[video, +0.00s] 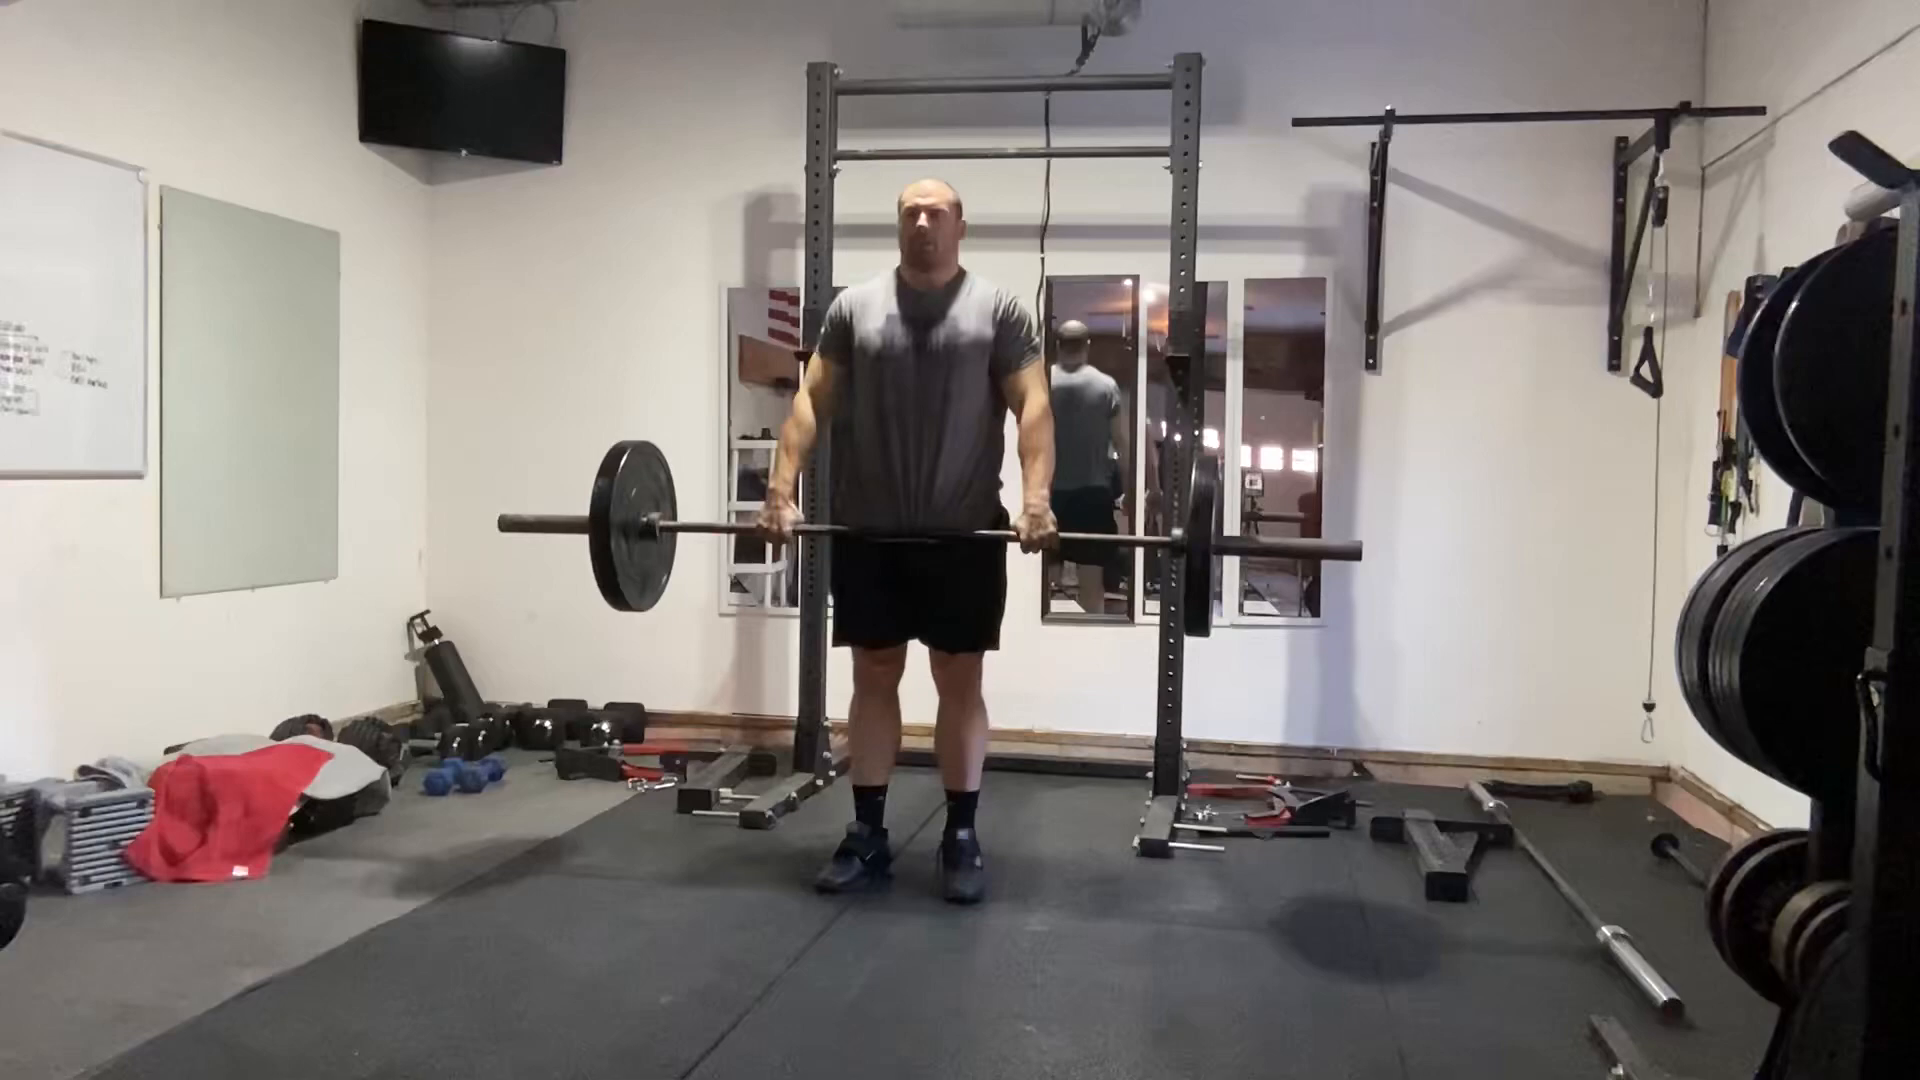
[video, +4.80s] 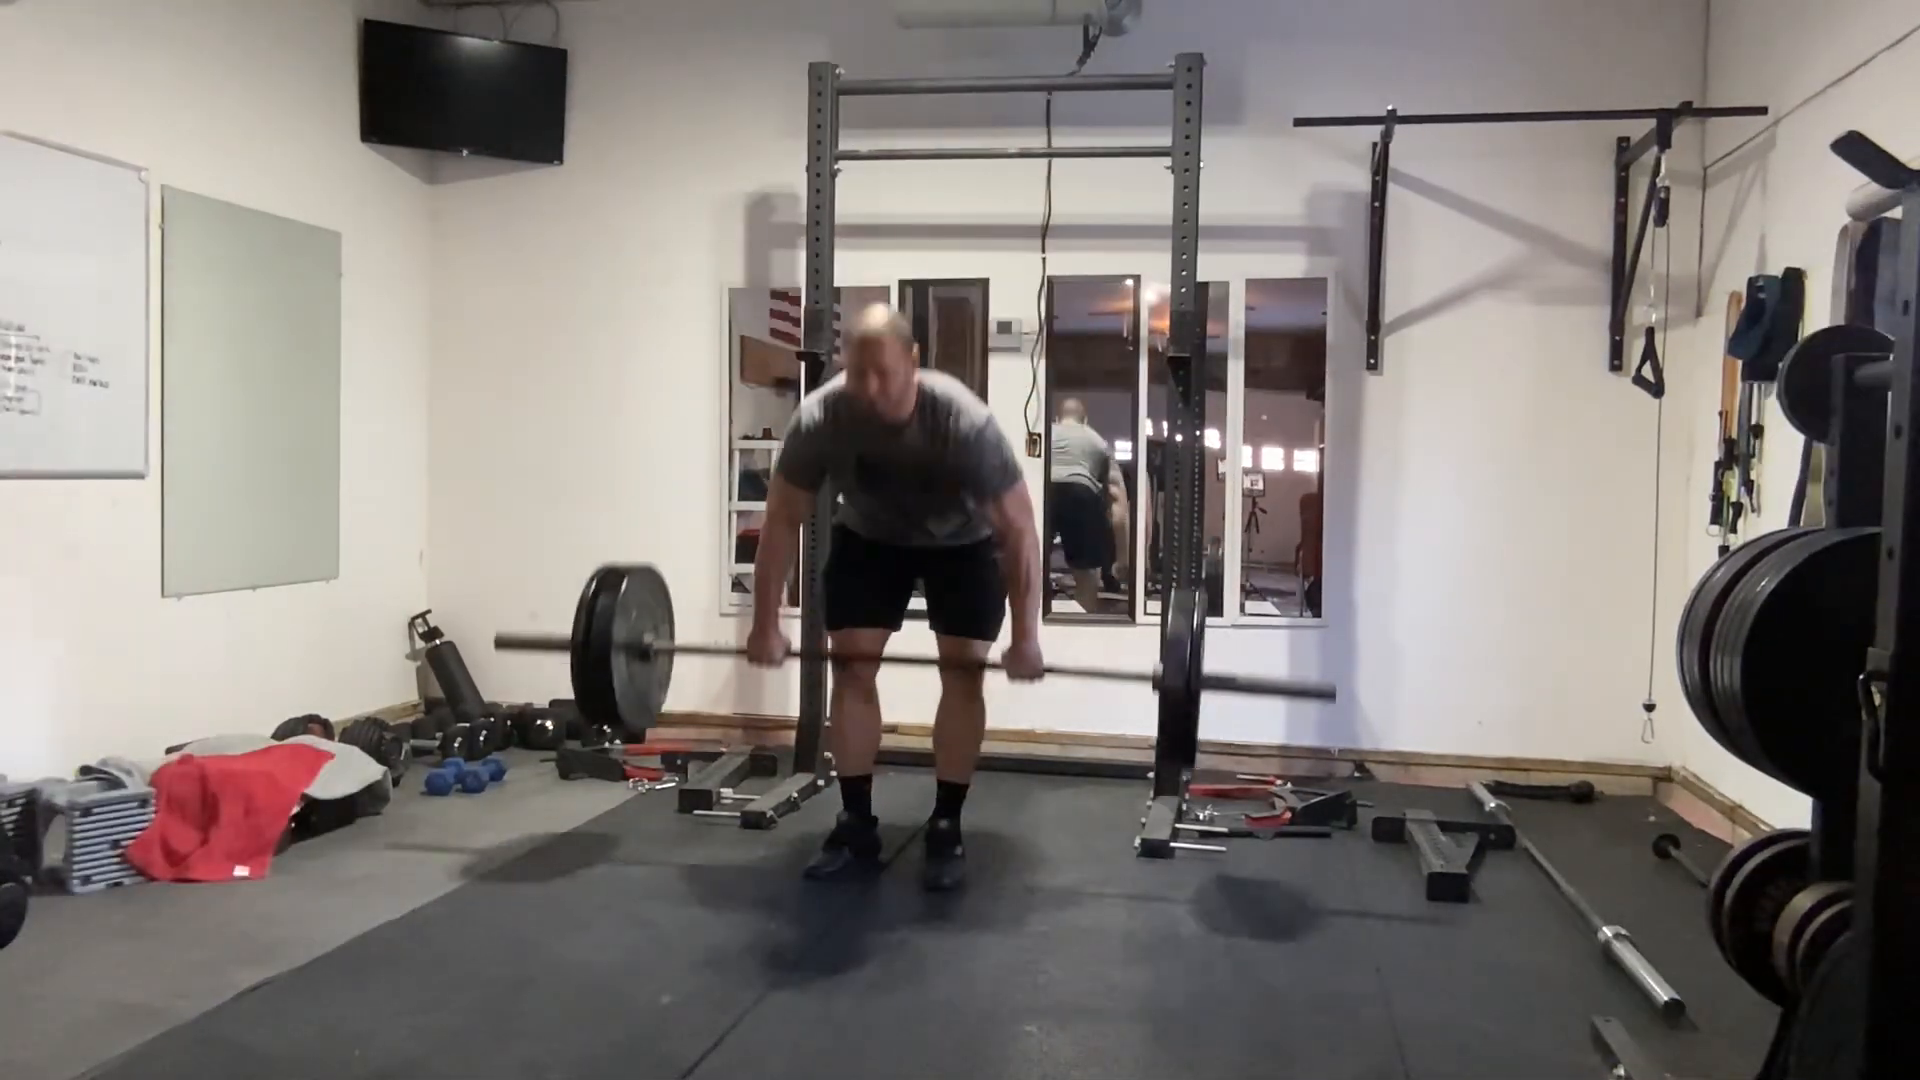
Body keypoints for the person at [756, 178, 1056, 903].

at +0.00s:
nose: (920, 219)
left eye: (934, 211)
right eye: (910, 211)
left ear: (961, 229)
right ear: (897, 229)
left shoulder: (996, 313)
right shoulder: (852, 308)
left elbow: (1032, 406)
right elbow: (808, 399)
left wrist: (1037, 498)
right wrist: (781, 486)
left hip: (961, 530)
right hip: (868, 527)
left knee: (959, 679)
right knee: (874, 675)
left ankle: (961, 837)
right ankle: (866, 836)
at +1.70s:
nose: (915, 211)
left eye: (930, 204)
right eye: (904, 203)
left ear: (954, 224)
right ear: (889, 221)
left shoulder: (989, 288)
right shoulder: (851, 289)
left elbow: (1051, 361)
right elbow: (791, 362)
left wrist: (1037, 425)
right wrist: (770, 418)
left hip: (954, 486)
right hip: (862, 483)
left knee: (950, 647)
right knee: (857, 648)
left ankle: (962, 827)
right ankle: (853, 822)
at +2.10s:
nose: (902, 224)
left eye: (918, 216)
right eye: (893, 216)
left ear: (949, 238)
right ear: (881, 238)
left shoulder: (970, 316)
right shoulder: (846, 313)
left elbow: (998, 368)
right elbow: (792, 344)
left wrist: (1019, 301)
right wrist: (784, 282)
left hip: (946, 527)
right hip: (854, 526)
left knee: (948, 683)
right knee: (861, 683)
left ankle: (960, 840)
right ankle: (867, 836)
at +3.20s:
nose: (920, 204)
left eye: (936, 201)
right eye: (910, 199)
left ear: (960, 229)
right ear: (893, 222)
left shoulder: (971, 285)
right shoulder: (852, 284)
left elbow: (1033, 283)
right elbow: (766, 283)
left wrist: (1037, 193)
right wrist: (769, 199)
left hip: (948, 498)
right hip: (857, 497)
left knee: (953, 671)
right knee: (863, 670)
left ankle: (964, 836)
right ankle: (863, 833)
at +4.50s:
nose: (908, 219)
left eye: (926, 214)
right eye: (900, 213)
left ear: (954, 244)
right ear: (885, 241)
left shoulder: (972, 317)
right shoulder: (848, 320)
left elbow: (1017, 378)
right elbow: (774, 389)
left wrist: (1034, 291)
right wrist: (769, 301)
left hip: (948, 527)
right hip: (856, 524)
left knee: (950, 688)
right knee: (846, 684)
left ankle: (959, 841)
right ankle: (867, 840)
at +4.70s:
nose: (864, 459)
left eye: (877, 447)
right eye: (853, 445)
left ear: (905, 429)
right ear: (837, 432)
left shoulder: (958, 467)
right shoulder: (810, 470)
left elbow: (1013, 574)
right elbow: (779, 573)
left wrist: (1023, 689)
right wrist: (762, 675)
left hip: (956, 554)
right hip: (862, 555)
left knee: (965, 682)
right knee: (839, 672)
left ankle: (946, 828)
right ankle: (856, 829)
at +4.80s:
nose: (871, 387)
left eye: (884, 372)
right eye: (859, 372)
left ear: (914, 363)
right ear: (843, 367)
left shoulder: (962, 420)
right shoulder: (819, 420)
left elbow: (1019, 522)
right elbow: (782, 515)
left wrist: (1025, 634)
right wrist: (765, 619)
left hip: (962, 542)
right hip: (869, 539)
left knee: (963, 674)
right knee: (853, 669)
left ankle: (946, 826)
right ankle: (856, 827)